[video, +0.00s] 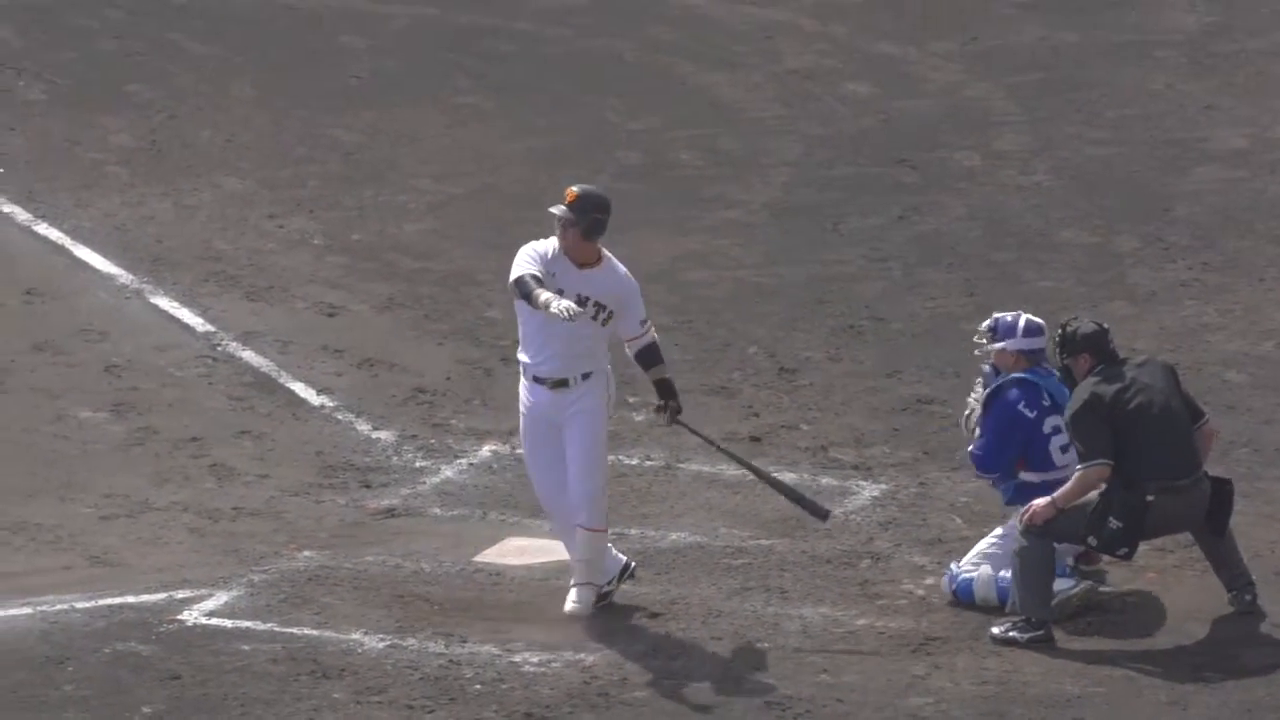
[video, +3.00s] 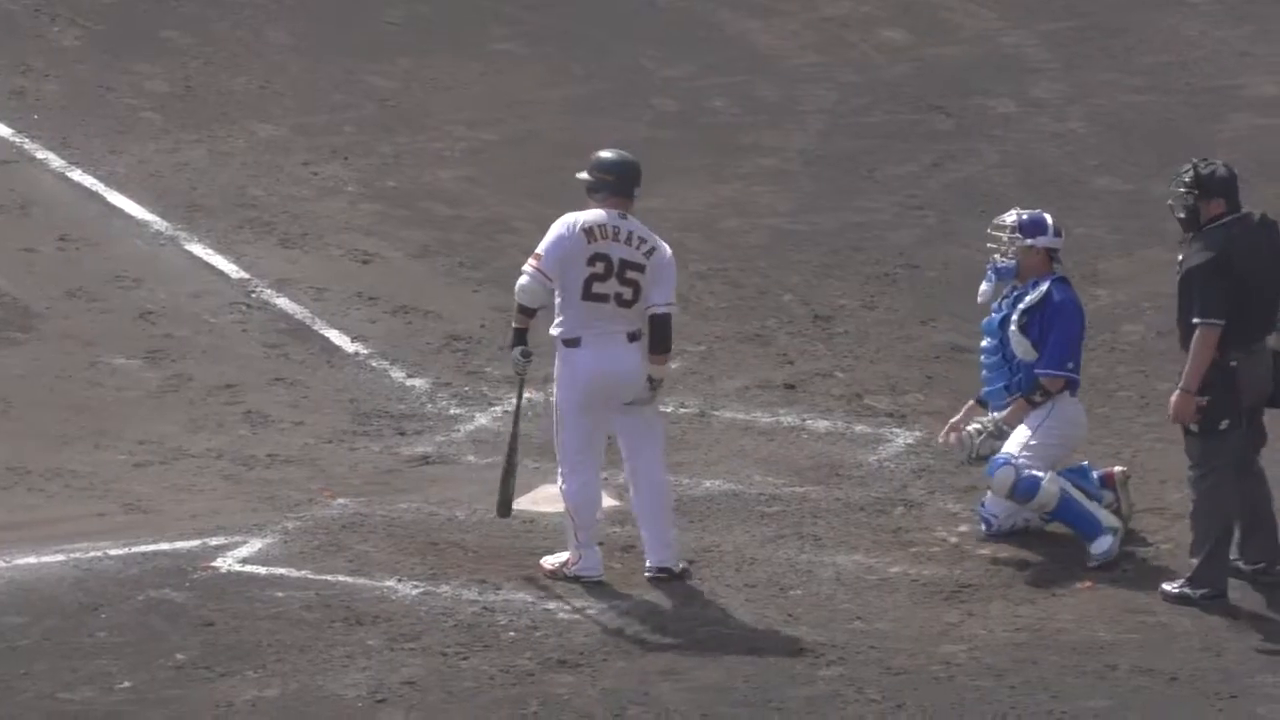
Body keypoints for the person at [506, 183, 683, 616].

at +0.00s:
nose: (559, 228)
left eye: (568, 223)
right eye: (560, 220)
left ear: (590, 231)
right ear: (563, 222)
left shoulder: (618, 283)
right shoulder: (536, 253)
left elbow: (641, 341)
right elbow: (526, 283)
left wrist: (667, 390)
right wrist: (552, 301)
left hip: (585, 393)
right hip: (535, 393)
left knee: (585, 487)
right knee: (550, 495)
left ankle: (583, 583)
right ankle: (608, 564)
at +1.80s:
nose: (576, 186)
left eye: (582, 182)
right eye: (579, 180)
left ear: (599, 189)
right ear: (610, 189)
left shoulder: (623, 245)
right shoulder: (595, 225)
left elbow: (632, 321)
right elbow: (590, 297)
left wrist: (621, 370)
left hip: (592, 360)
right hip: (572, 355)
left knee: (558, 455)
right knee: (591, 451)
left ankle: (627, 530)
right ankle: (605, 541)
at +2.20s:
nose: (581, 189)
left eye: (586, 185)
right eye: (583, 182)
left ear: (599, 191)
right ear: (623, 191)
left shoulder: (598, 246)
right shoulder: (644, 231)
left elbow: (587, 319)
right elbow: (653, 293)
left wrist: (570, 365)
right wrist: (622, 320)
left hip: (601, 357)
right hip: (631, 350)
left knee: (594, 462)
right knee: (603, 451)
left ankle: (623, 560)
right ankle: (602, 538)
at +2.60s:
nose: (572, 192)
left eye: (576, 187)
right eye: (574, 186)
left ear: (589, 190)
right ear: (618, 192)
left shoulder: (569, 232)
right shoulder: (646, 248)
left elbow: (537, 295)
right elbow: (654, 318)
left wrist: (523, 346)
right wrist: (651, 366)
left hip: (582, 366)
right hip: (630, 362)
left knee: (589, 467)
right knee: (620, 404)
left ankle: (603, 562)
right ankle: (636, 487)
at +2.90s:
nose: (579, 191)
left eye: (583, 186)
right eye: (582, 186)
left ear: (592, 189)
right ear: (626, 193)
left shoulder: (566, 226)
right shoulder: (651, 248)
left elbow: (528, 289)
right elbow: (660, 321)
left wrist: (517, 341)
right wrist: (657, 372)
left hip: (573, 360)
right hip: (625, 357)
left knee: (576, 463)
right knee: (648, 439)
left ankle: (587, 557)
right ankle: (669, 538)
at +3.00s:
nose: (585, 191)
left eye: (589, 186)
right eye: (588, 185)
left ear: (598, 188)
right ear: (631, 192)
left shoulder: (570, 226)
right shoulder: (657, 248)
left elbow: (530, 289)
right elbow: (660, 321)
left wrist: (519, 341)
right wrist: (656, 378)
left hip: (578, 358)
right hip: (632, 356)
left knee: (578, 464)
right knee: (647, 466)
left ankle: (583, 556)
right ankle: (661, 557)